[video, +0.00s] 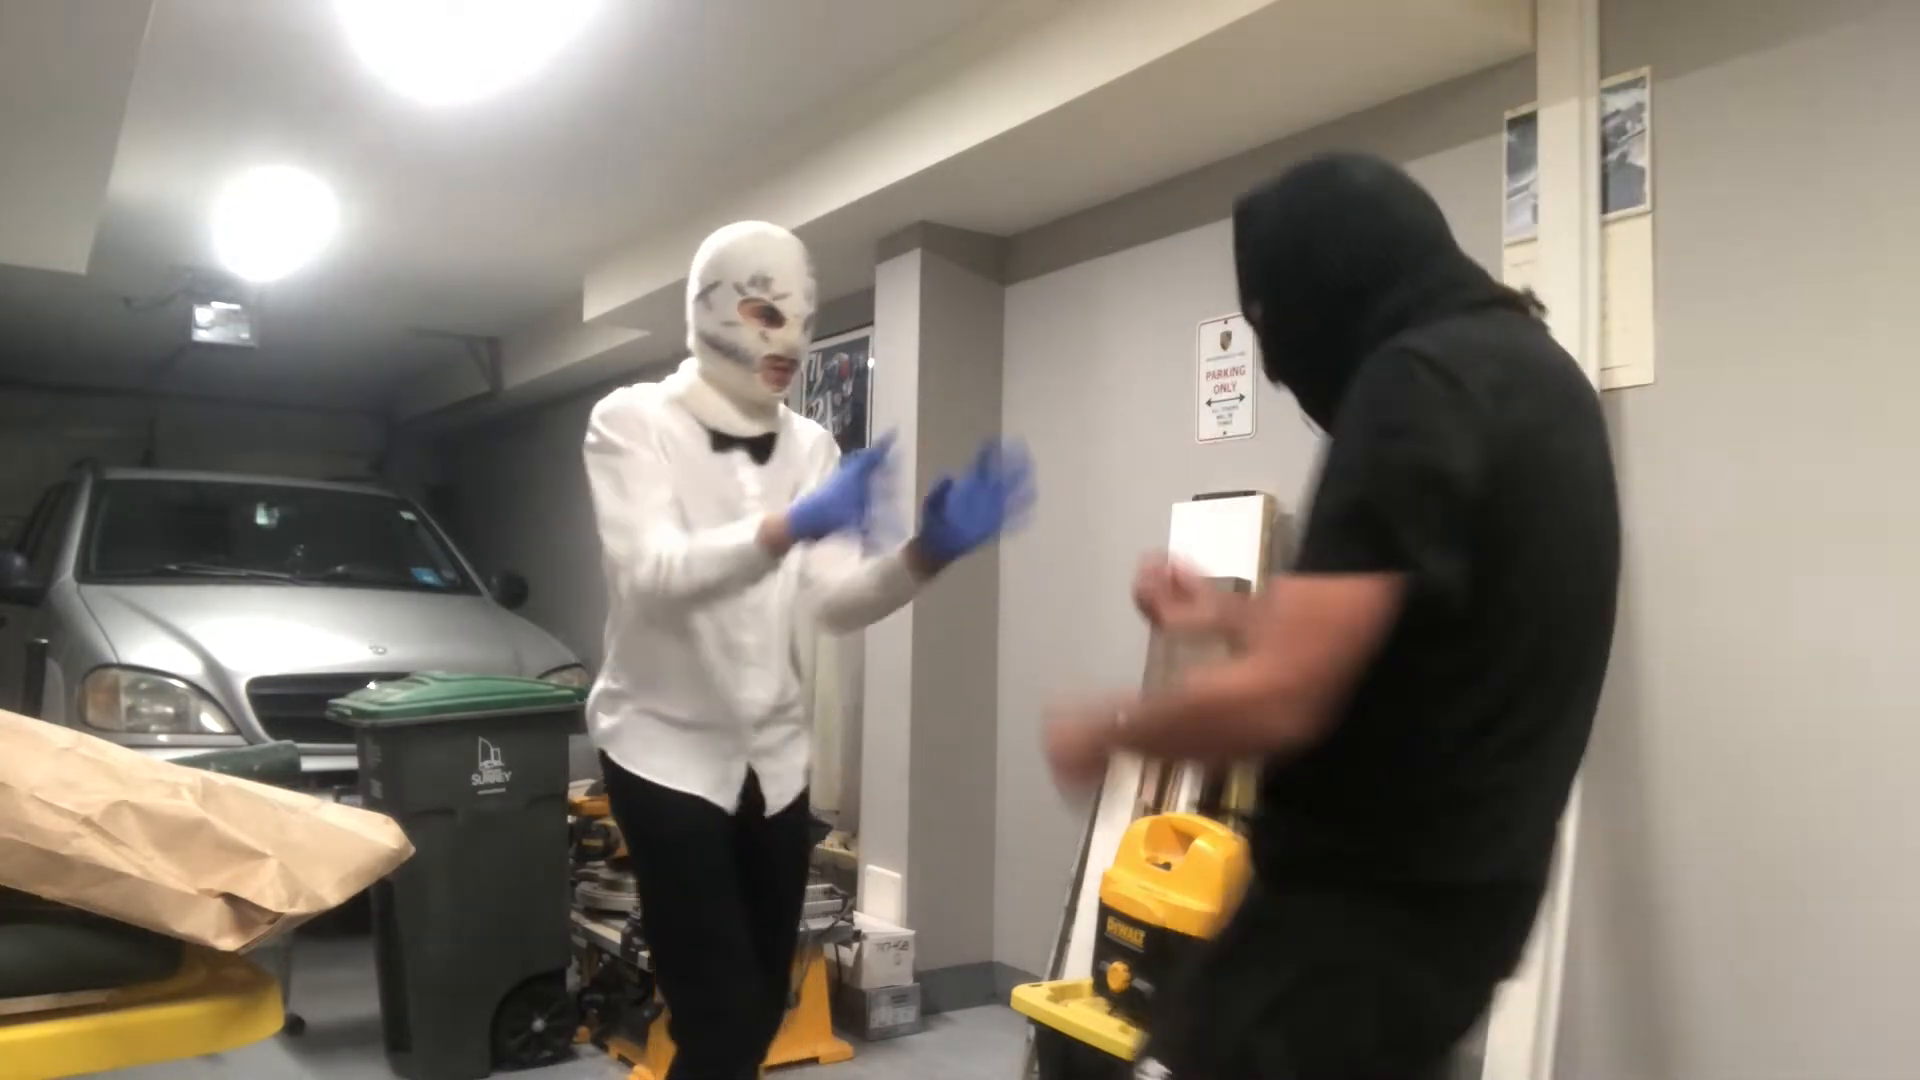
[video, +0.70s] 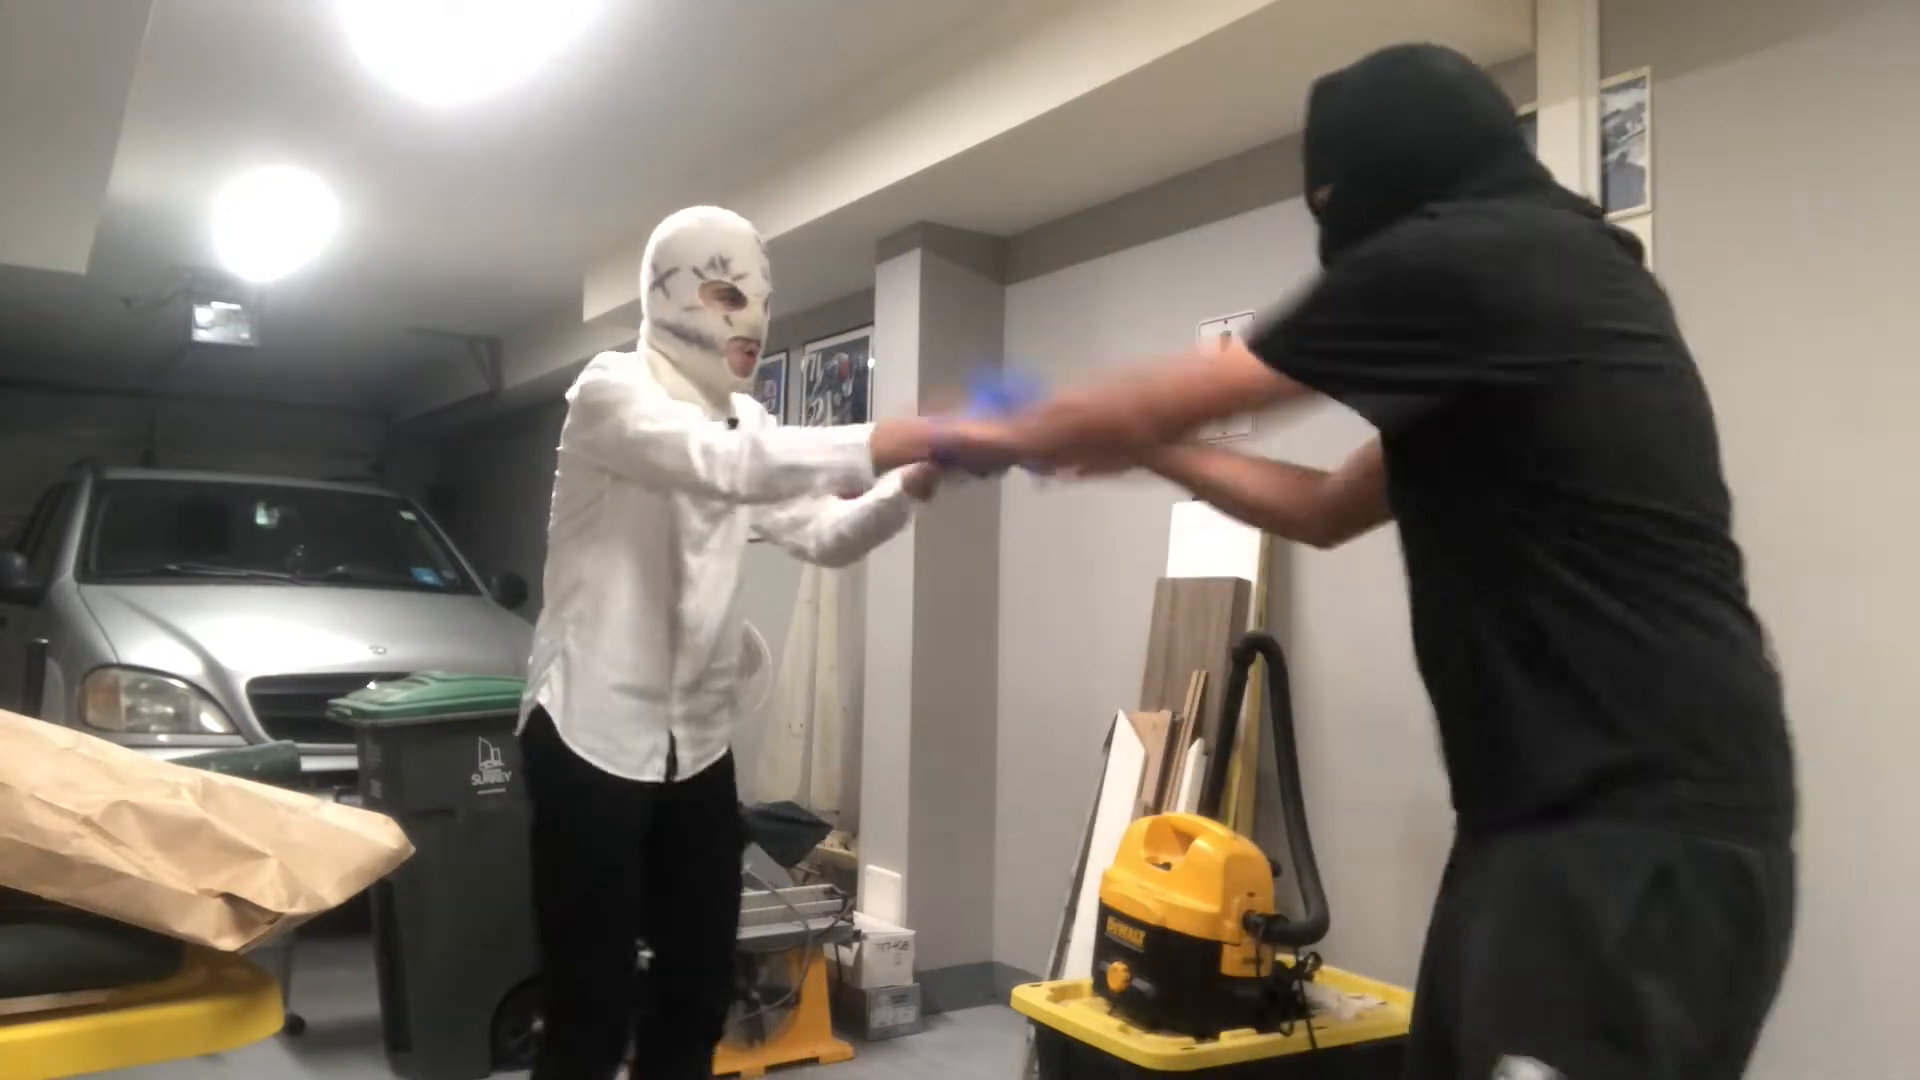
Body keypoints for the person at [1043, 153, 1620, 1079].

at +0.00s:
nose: (1265, 351)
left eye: (1265, 314)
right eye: (1256, 320)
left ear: (1319, 286)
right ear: (1397, 254)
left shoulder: (1415, 385)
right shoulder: (1540, 377)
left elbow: (1282, 696)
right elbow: (1424, 639)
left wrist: (1111, 730)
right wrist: (1226, 611)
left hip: (1352, 918)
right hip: (1453, 911)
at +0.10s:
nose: (1232, 305)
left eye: (1235, 270)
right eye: (1225, 274)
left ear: (1294, 245)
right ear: (1371, 219)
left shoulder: (1383, 355)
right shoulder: (1501, 336)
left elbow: (1168, 636)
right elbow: (1391, 610)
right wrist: (1210, 555)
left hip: (1425, 903)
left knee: (1268, 1057)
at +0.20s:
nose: (1211, 264)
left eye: (1215, 230)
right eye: (1206, 235)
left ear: (1265, 212)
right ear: (1352, 181)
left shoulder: (1359, 300)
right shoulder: (1467, 282)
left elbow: (1157, 572)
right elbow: (1330, 520)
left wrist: (1065, 539)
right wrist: (1164, 464)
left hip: (1497, 857)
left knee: (1363, 1056)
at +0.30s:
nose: (1228, 256)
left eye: (1228, 220)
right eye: (1218, 226)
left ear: (1283, 191)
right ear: (1362, 157)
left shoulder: (1393, 270)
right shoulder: (1469, 247)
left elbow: (1214, 573)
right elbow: (1262, 397)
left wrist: (1188, 567)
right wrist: (1063, 421)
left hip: (1536, 855)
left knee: (1402, 1058)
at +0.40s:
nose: (1251, 242)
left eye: (1250, 203)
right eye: (1241, 211)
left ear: (1309, 171)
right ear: (1347, 162)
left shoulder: (1464, 242)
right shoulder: (1424, 276)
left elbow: (1352, 567)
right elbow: (1225, 363)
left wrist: (1248, 599)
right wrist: (1036, 328)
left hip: (1581, 822)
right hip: (1496, 813)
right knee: (1423, 1057)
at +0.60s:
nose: (1298, 215)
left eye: (1307, 182)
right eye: (1296, 187)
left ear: (1374, 166)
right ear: (1409, 156)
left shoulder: (1517, 261)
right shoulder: (1491, 266)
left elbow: (1297, 529)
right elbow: (1274, 434)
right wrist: (1072, 393)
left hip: (1607, 843)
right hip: (1543, 829)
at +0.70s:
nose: (1323, 218)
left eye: (1329, 190)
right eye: (1322, 193)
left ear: (1384, 167)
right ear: (1464, 151)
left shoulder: (1468, 255)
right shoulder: (1561, 283)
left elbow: (1147, 410)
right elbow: (1323, 507)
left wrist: (993, 436)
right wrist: (1148, 447)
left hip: (1621, 836)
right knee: (1453, 1053)